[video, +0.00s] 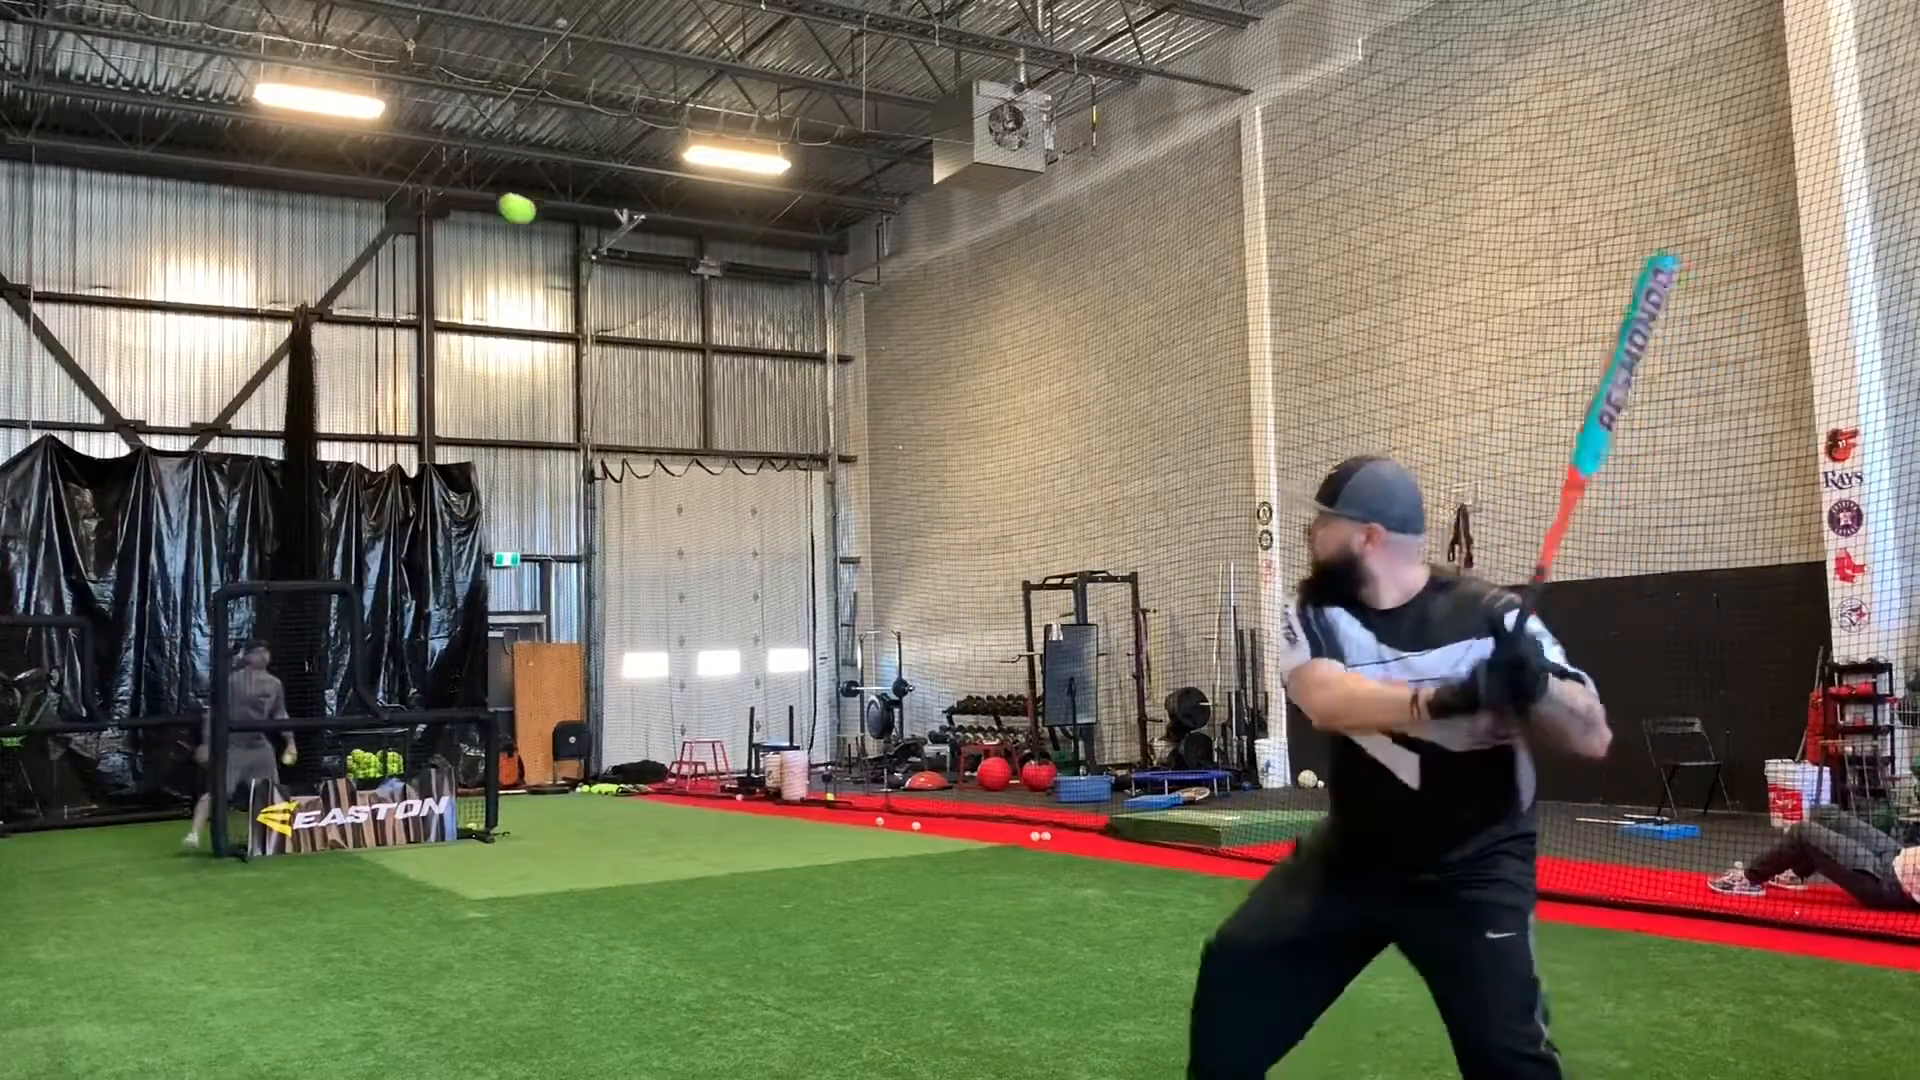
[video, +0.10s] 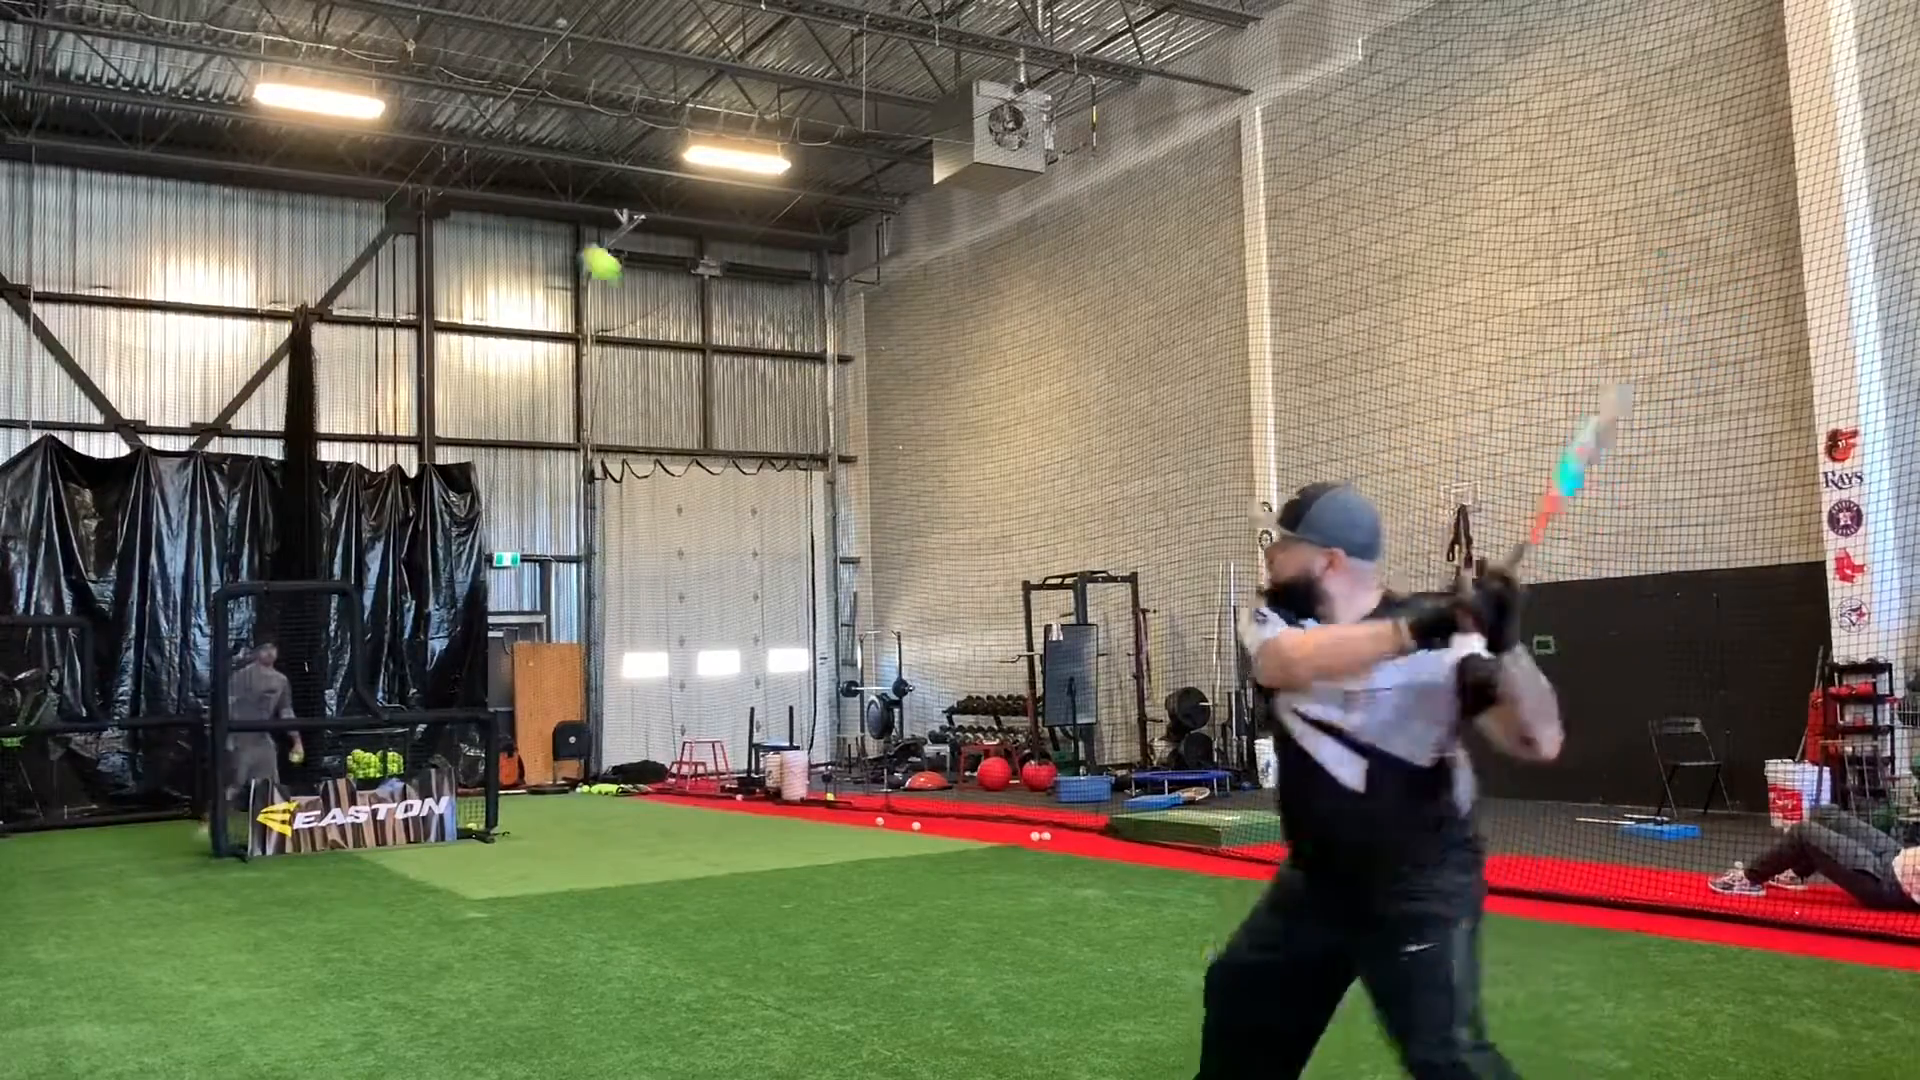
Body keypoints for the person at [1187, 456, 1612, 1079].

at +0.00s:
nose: (1312, 533)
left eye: (1324, 519)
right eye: (1316, 520)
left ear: (1370, 536)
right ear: (1365, 537)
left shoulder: (1491, 613)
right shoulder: (1314, 613)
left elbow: (1592, 737)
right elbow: (1322, 703)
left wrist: (1534, 692)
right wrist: (1443, 700)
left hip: (1472, 871)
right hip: (1350, 859)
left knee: (1505, 1050)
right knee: (1237, 966)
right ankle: (1219, 1074)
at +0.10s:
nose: (1270, 553)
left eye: (1284, 543)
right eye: (1275, 541)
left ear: (1330, 559)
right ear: (1328, 560)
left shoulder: (1442, 642)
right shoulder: (1278, 623)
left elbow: (1539, 741)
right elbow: (1282, 665)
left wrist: (1507, 644)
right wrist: (1417, 627)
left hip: (1419, 887)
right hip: (1320, 879)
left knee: (1443, 1051)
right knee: (1242, 994)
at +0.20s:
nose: (1254, 559)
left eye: (1269, 553)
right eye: (1260, 550)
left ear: (1306, 574)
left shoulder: (1372, 666)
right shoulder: (1257, 627)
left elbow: (1360, 784)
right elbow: (1223, 633)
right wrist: (1312, 616)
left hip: (1360, 898)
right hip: (1296, 891)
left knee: (1343, 1060)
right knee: (1232, 988)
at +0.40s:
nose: (1219, 573)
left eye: (1220, 563)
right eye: (1217, 561)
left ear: (1239, 570)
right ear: (1298, 549)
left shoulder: (1216, 640)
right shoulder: (1376, 592)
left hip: (1286, 874)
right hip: (1383, 868)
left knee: (1260, 1043)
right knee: (1289, 1030)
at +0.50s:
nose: (1198, 558)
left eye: (1198, 550)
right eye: (1196, 547)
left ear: (1212, 559)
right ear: (1279, 533)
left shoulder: (1202, 626)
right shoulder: (1358, 586)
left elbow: (1291, 599)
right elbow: (1482, 634)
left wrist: (1392, 568)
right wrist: (1599, 637)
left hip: (1281, 868)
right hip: (1385, 855)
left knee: (1296, 1040)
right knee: (1305, 1028)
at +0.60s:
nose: (1223, 537)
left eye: (1222, 529)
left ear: (1228, 539)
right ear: (1297, 520)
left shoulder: (1223, 610)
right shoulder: (1351, 580)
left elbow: (1323, 557)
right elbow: (1467, 635)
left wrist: (1407, 504)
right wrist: (1588, 652)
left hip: (1289, 855)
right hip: (1393, 848)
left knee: (1334, 1044)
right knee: (1315, 1038)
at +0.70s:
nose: (1247, 528)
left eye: (1245, 519)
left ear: (1251, 529)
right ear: (1319, 512)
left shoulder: (1248, 600)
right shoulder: (1357, 560)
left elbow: (1342, 537)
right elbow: (1400, 630)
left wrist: (1407, 476)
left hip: (1308, 848)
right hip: (1412, 846)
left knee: (1341, 1040)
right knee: (1361, 1034)